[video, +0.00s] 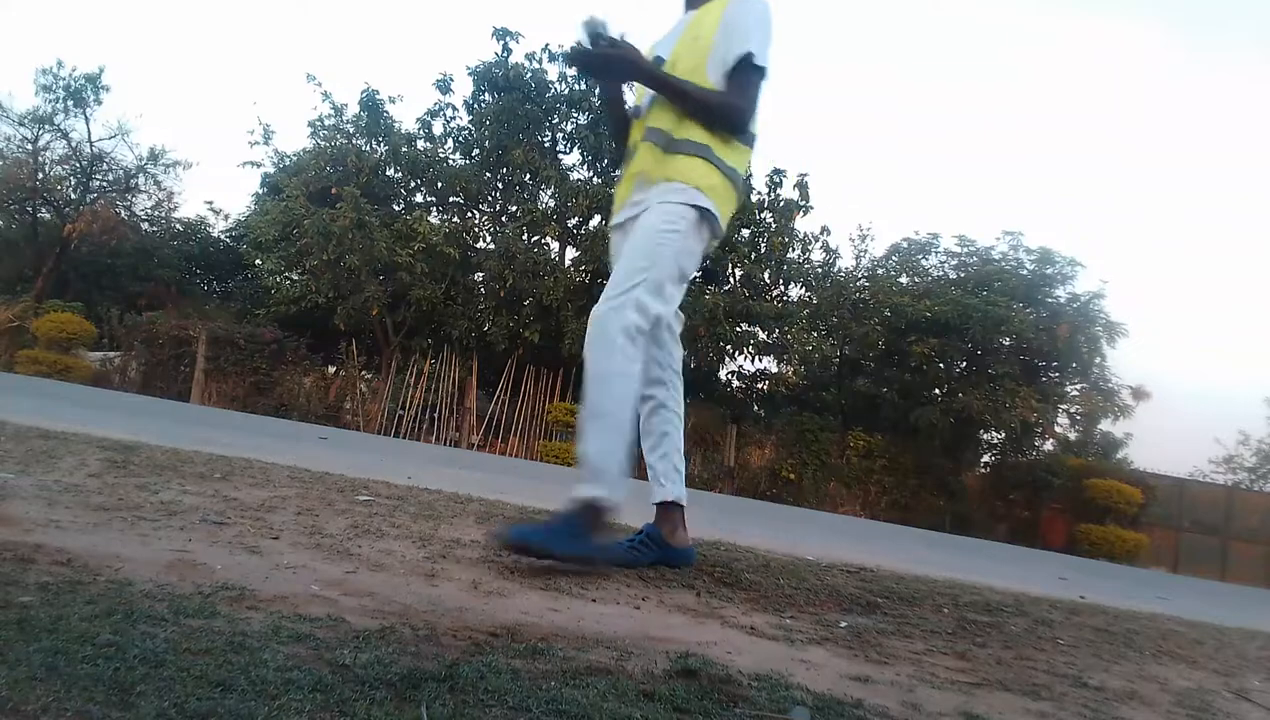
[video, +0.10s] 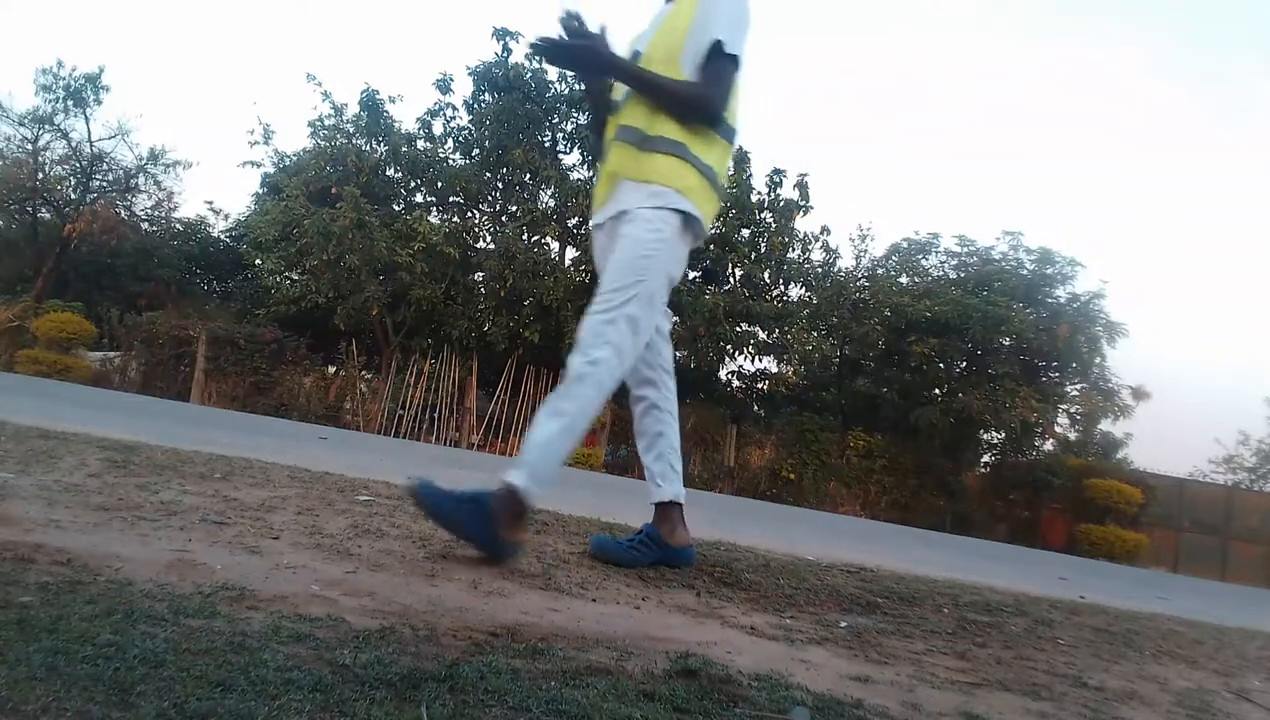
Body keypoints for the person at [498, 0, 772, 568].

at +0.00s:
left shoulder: (743, 10)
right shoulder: (664, 48)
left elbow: (737, 112)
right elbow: (631, 148)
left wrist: (640, 69)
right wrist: (610, 85)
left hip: (684, 194)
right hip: (636, 202)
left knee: (616, 323)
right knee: (658, 353)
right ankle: (671, 527)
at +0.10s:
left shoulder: (719, 6)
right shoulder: (645, 42)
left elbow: (705, 103)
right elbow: (613, 147)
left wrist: (607, 64)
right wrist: (598, 84)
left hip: (664, 201)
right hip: (617, 205)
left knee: (602, 344)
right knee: (650, 367)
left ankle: (510, 505)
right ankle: (671, 524)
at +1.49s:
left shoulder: (446, 8)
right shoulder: (337, 17)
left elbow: (442, 34)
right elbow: (312, 54)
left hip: (375, 136)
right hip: (302, 131)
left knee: (340, 330)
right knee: (284, 333)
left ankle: (327, 522)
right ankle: (261, 510)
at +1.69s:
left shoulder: (448, 10)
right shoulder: (334, 20)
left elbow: (443, 31)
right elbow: (316, 41)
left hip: (376, 147)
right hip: (303, 142)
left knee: (350, 338)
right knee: (289, 337)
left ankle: (328, 523)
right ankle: (262, 509)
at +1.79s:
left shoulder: (450, 10)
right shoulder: (334, 20)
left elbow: (444, 31)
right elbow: (318, 41)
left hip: (379, 144)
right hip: (305, 140)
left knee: (353, 339)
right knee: (291, 336)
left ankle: (328, 523)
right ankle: (262, 509)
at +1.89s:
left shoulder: (450, 10)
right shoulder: (333, 20)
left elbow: (443, 30)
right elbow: (318, 41)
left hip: (382, 138)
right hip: (306, 134)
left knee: (356, 339)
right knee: (291, 335)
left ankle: (327, 524)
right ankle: (261, 509)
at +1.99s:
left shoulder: (448, 10)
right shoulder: (332, 22)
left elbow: (442, 29)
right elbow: (319, 37)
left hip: (381, 138)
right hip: (305, 135)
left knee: (356, 340)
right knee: (291, 336)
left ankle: (327, 523)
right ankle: (261, 510)